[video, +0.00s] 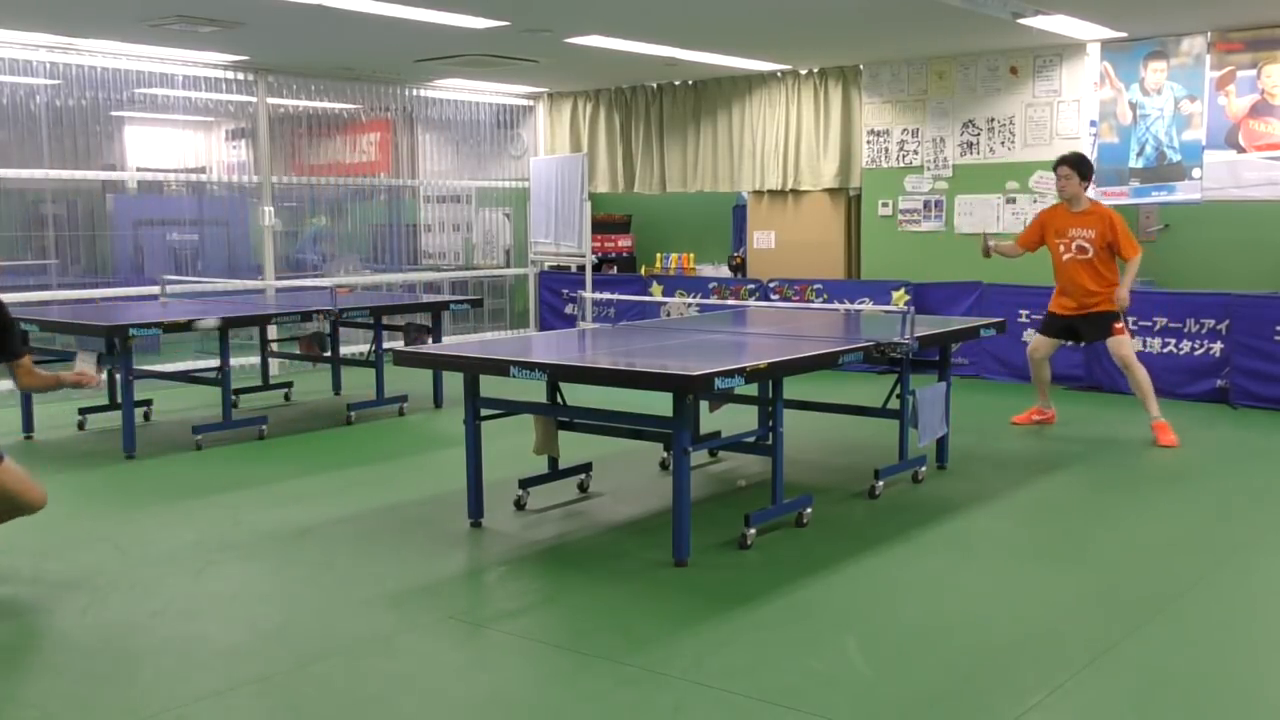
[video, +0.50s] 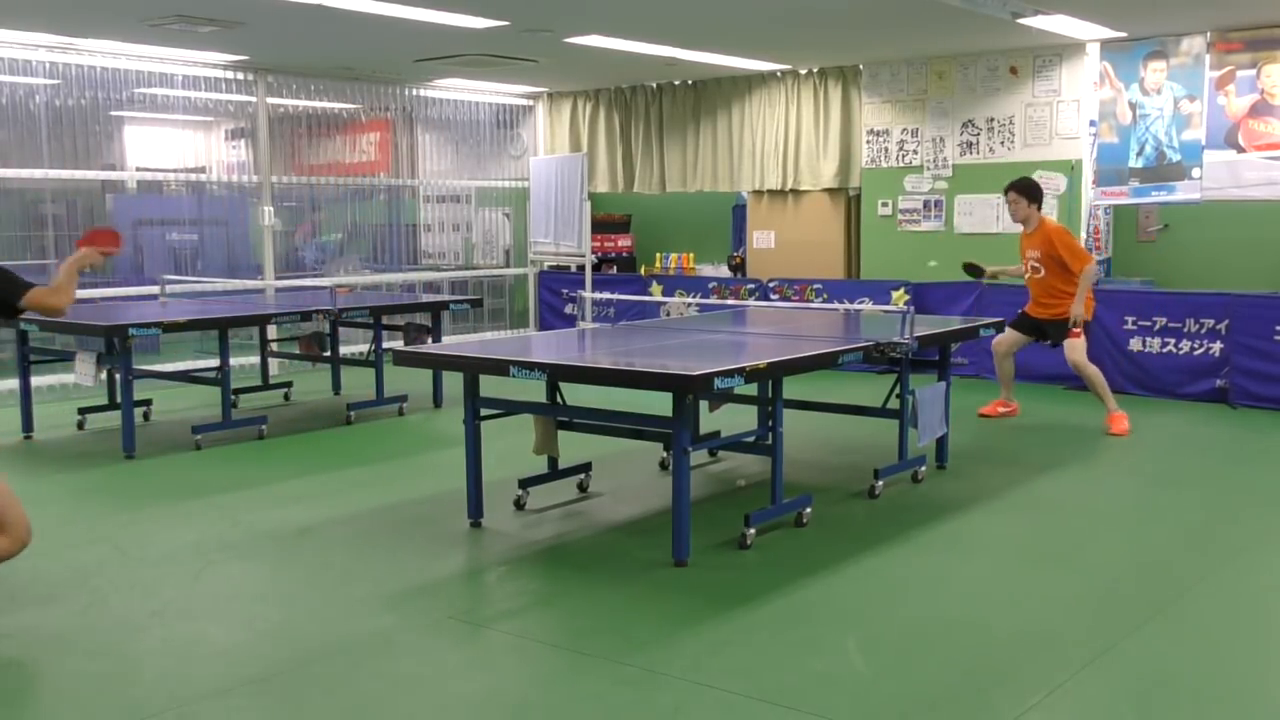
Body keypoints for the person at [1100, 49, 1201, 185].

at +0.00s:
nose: (1158, 76)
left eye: (1162, 71)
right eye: (1154, 71)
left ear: (1167, 72)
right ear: (1143, 71)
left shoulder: (1173, 89)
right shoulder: (1135, 90)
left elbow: (1198, 105)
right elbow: (1125, 120)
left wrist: (1191, 106)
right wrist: (1120, 94)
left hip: (1171, 161)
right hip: (1141, 163)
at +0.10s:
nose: (1158, 76)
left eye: (1162, 71)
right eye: (1154, 71)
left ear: (1167, 72)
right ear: (1143, 72)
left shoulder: (1173, 89)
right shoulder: (1135, 90)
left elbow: (1198, 105)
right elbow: (1125, 120)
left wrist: (1191, 106)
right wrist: (1120, 94)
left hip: (1171, 161)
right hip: (1141, 163)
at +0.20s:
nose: (1158, 76)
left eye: (1162, 71)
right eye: (1154, 71)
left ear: (1167, 72)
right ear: (1143, 71)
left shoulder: (1172, 89)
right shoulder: (1134, 91)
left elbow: (1198, 105)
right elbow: (1125, 120)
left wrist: (1191, 106)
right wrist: (1120, 94)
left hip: (1171, 160)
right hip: (1141, 163)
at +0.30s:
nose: (1158, 77)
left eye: (1162, 71)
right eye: (1154, 71)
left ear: (1167, 72)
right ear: (1143, 71)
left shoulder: (1172, 89)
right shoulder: (1134, 91)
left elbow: (1198, 105)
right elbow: (1125, 120)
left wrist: (1191, 106)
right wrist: (1120, 94)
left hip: (1171, 160)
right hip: (1141, 163)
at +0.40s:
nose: (1158, 77)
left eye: (1162, 71)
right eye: (1154, 71)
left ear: (1167, 72)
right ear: (1143, 71)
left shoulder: (1172, 89)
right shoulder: (1134, 91)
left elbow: (1198, 105)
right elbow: (1125, 120)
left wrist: (1191, 106)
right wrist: (1120, 94)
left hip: (1171, 160)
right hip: (1141, 163)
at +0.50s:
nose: (1158, 76)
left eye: (1162, 71)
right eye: (1153, 71)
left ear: (1167, 72)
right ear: (1143, 71)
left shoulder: (1172, 89)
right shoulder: (1134, 90)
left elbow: (1198, 105)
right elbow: (1124, 120)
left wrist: (1190, 106)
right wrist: (1120, 94)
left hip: (1171, 160)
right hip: (1141, 163)